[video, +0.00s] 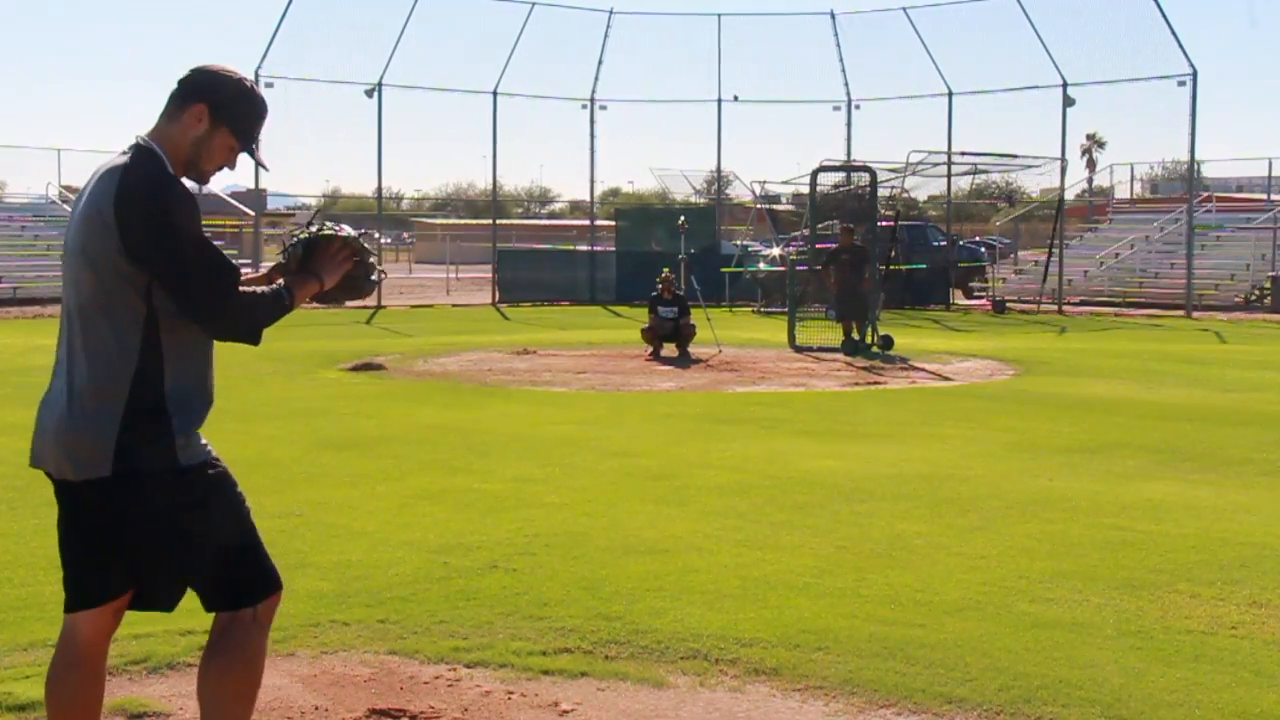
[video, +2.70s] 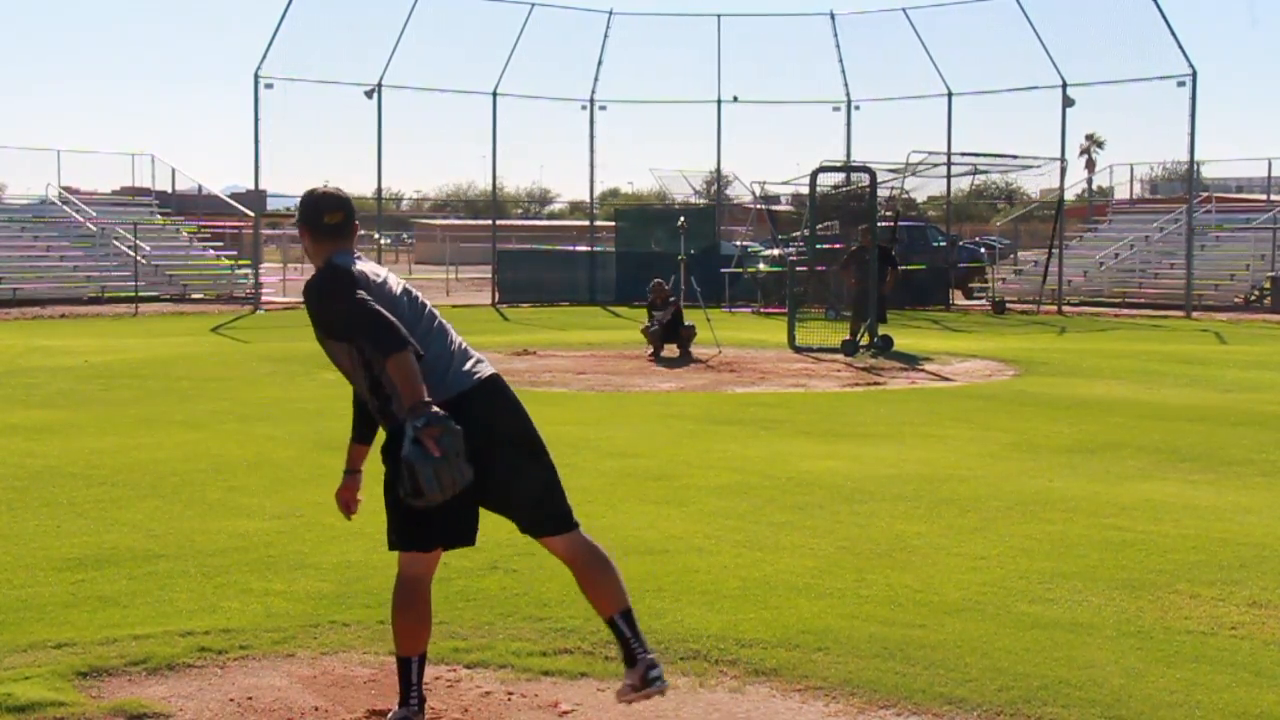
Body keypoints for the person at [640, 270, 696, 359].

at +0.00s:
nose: (667, 286)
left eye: (670, 283)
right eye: (664, 283)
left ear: (674, 284)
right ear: (660, 284)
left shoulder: (680, 298)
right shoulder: (654, 298)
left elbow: (686, 318)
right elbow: (652, 317)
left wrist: (674, 323)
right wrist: (662, 324)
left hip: (676, 327)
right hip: (660, 327)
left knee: (690, 329)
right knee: (646, 332)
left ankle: (682, 348)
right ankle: (656, 347)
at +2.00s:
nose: (667, 286)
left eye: (669, 283)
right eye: (664, 283)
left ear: (673, 284)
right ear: (660, 284)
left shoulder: (680, 299)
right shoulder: (654, 299)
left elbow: (685, 319)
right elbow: (652, 318)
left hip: (676, 327)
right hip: (660, 328)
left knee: (689, 329)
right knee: (645, 332)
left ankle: (682, 349)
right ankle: (656, 347)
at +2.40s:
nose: (667, 286)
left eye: (669, 283)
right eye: (664, 284)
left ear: (673, 284)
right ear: (660, 285)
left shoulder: (679, 299)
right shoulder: (654, 299)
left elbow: (685, 317)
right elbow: (649, 314)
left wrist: (675, 317)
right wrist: (652, 320)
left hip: (675, 325)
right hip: (660, 325)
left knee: (688, 330)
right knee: (648, 331)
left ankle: (683, 349)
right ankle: (656, 348)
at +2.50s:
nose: (664, 288)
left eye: (666, 285)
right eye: (661, 285)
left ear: (670, 286)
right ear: (658, 286)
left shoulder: (676, 299)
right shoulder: (653, 300)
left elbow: (682, 313)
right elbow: (649, 316)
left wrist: (672, 312)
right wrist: (648, 322)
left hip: (675, 324)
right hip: (660, 324)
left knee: (689, 330)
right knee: (649, 330)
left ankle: (683, 349)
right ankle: (656, 348)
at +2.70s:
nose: (658, 294)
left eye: (660, 291)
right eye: (655, 292)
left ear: (665, 291)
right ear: (651, 293)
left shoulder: (673, 302)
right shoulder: (651, 305)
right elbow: (651, 319)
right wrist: (653, 323)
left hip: (674, 330)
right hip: (660, 330)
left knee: (689, 329)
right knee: (651, 331)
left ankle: (684, 350)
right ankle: (656, 349)